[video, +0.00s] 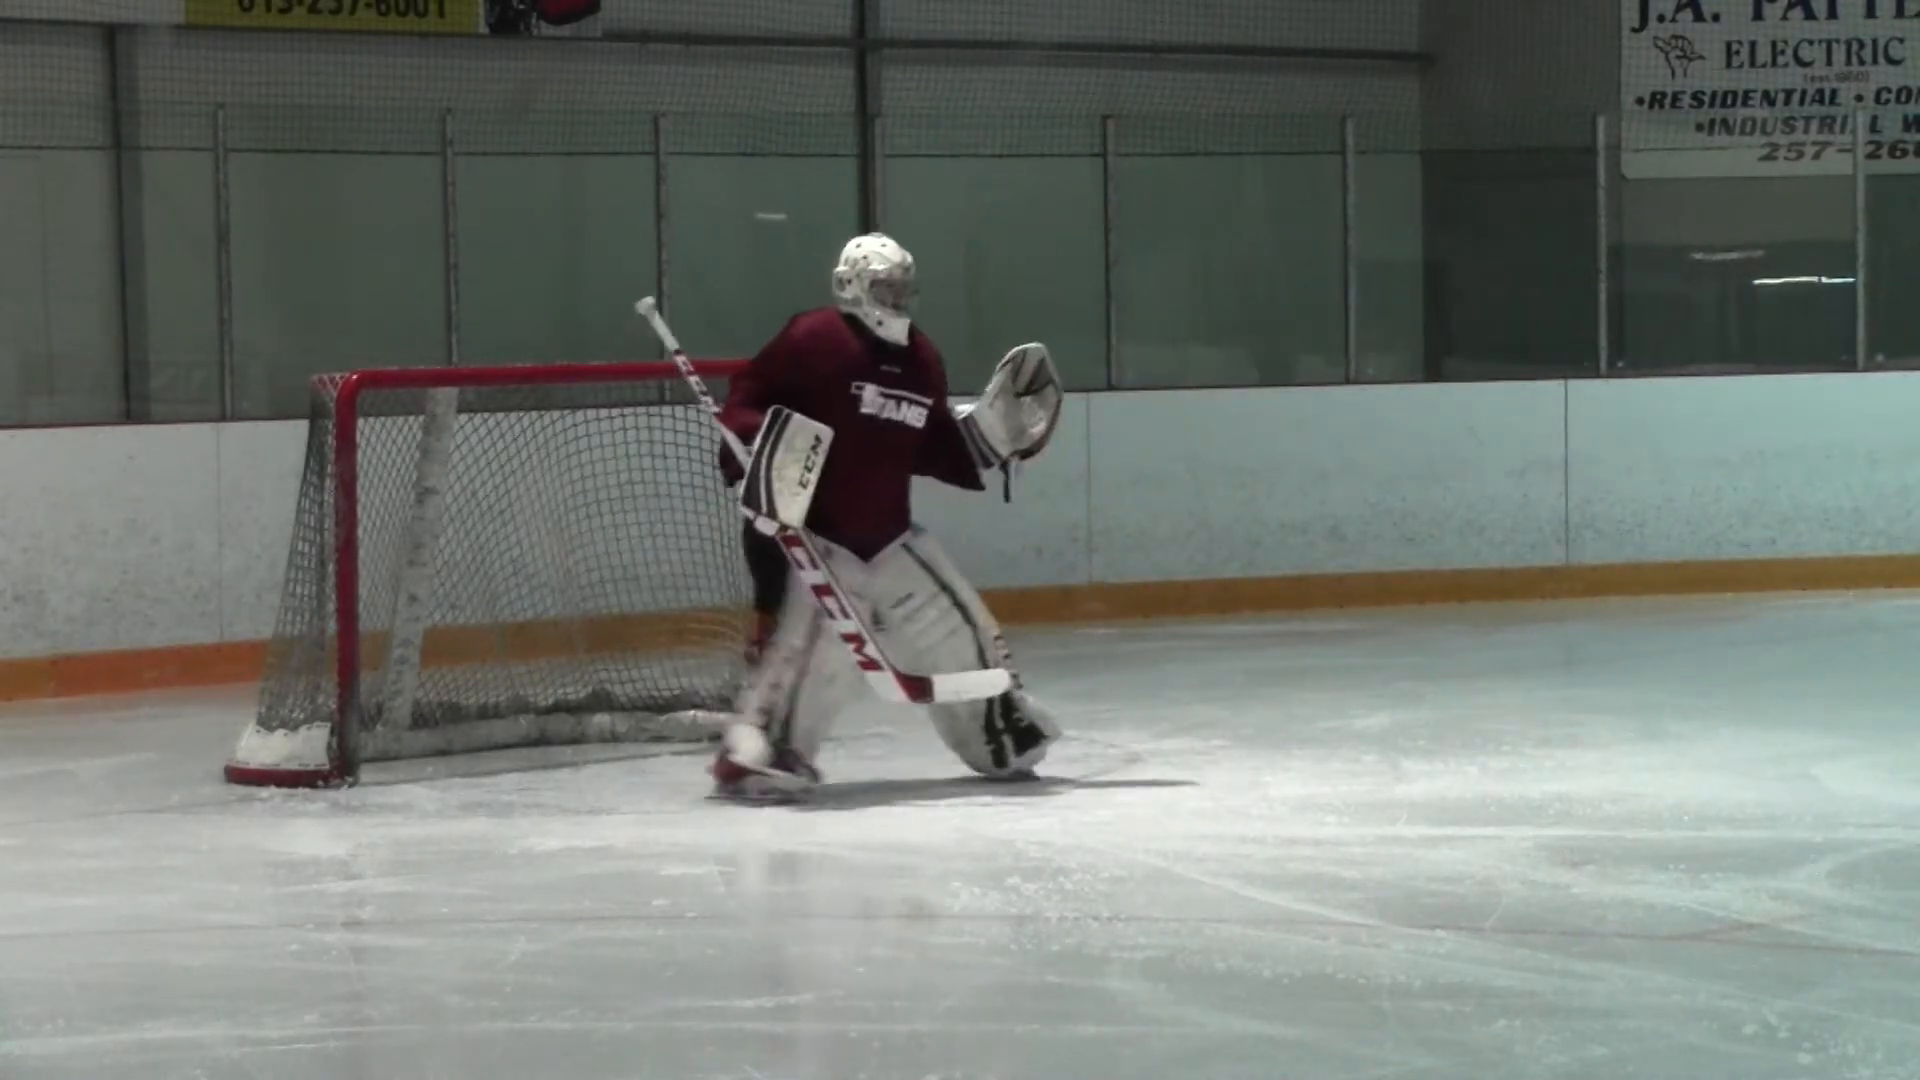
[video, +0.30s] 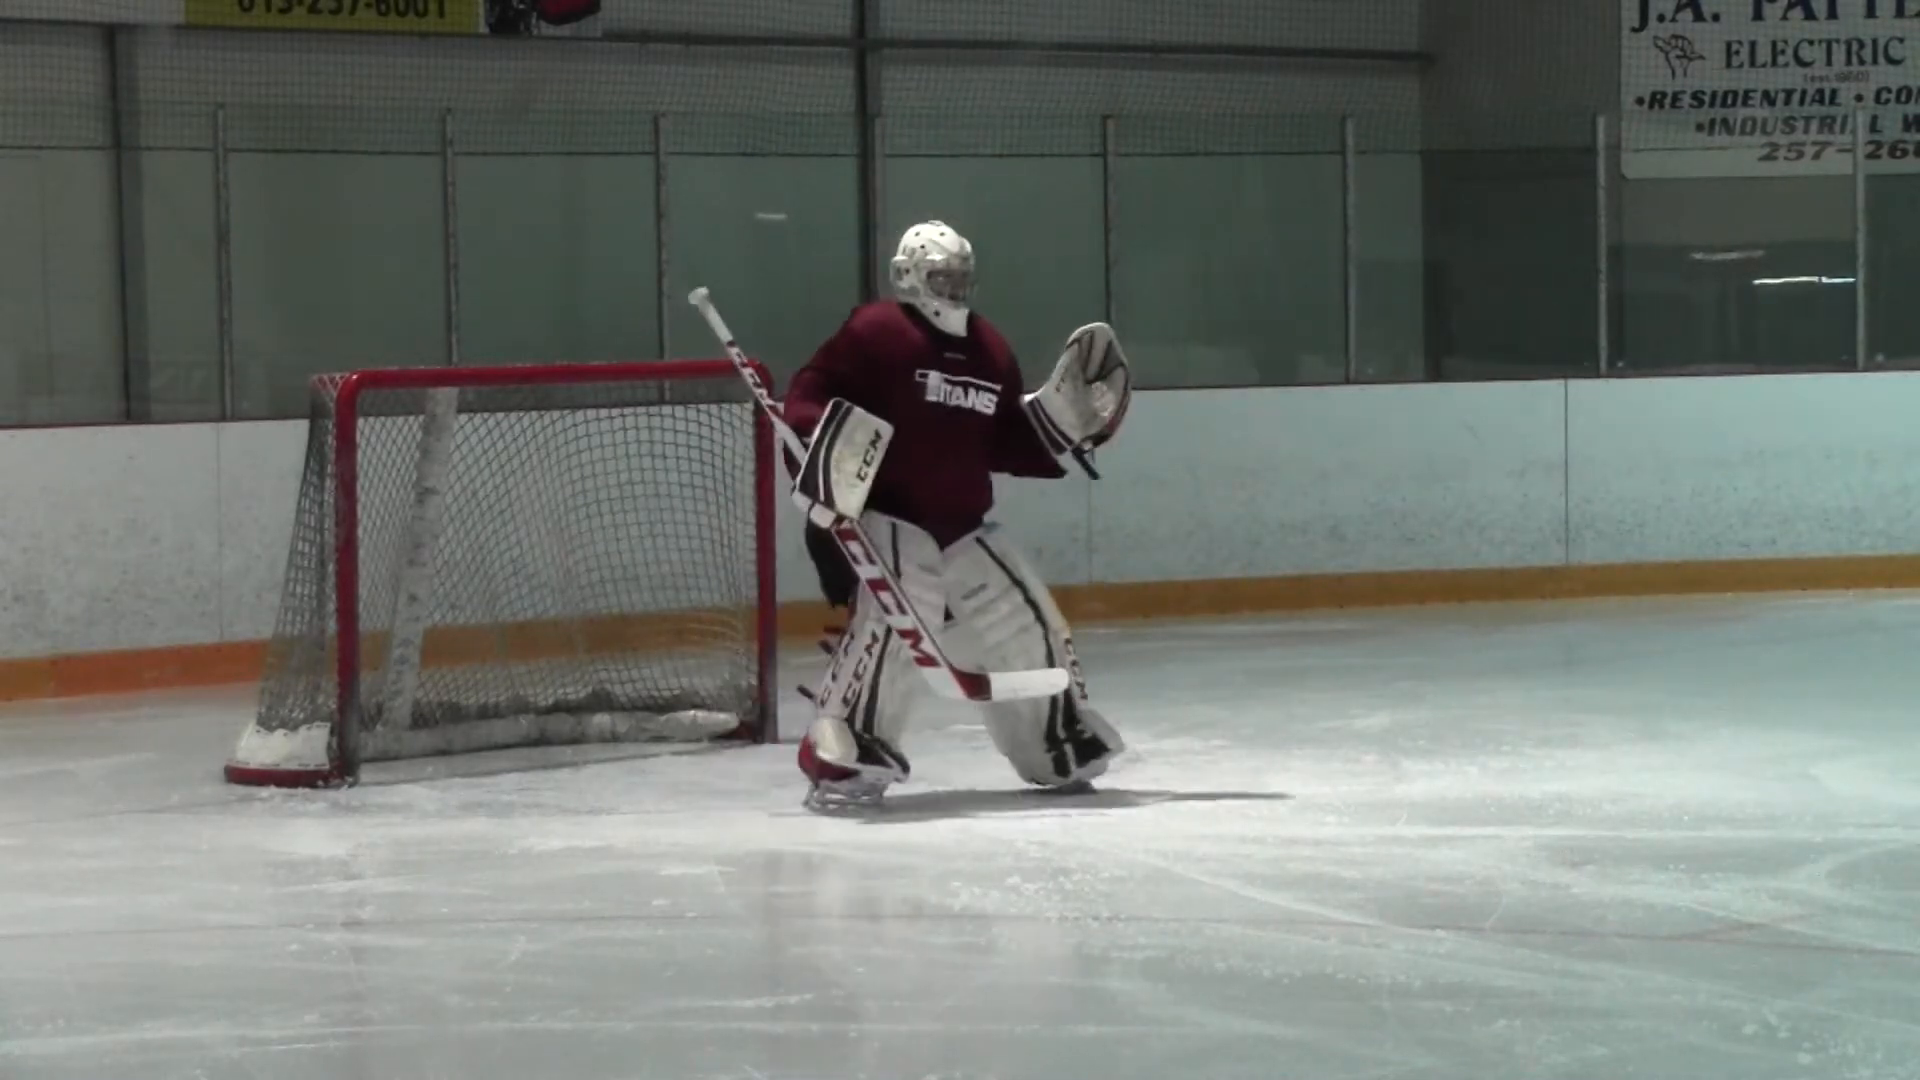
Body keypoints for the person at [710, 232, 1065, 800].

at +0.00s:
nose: (897, 301)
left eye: (903, 290)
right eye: (884, 289)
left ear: (910, 291)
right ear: (851, 289)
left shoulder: (920, 359)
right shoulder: (814, 339)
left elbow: (927, 447)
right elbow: (740, 407)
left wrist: (994, 433)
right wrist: (765, 455)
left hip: (888, 539)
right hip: (812, 537)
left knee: (955, 629)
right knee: (806, 656)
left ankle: (1000, 743)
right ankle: (760, 761)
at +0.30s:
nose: (954, 289)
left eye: (961, 277)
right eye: (941, 277)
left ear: (970, 278)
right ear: (908, 277)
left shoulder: (990, 350)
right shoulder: (877, 332)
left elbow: (1001, 444)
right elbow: (802, 400)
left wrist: (1064, 420)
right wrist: (832, 451)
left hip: (966, 529)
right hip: (887, 522)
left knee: (1026, 628)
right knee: (887, 636)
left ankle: (1056, 753)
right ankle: (844, 769)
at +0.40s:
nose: (950, 294)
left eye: (958, 282)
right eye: (936, 281)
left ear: (968, 283)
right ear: (904, 280)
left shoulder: (986, 353)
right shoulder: (875, 336)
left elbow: (1002, 451)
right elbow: (799, 406)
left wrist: (1061, 424)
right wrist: (828, 456)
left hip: (959, 536)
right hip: (876, 527)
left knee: (1028, 629)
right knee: (897, 629)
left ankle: (1068, 751)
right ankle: (822, 762)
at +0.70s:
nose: (930, 289)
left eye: (939, 276)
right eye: (917, 276)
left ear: (948, 276)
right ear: (882, 274)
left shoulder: (959, 351)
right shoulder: (849, 328)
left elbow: (970, 444)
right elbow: (772, 402)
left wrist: (1031, 420)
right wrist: (810, 449)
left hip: (909, 529)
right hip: (830, 523)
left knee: (981, 614)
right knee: (874, 625)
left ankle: (1006, 750)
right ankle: (819, 771)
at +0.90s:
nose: (929, 298)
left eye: (938, 286)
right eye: (916, 285)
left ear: (947, 286)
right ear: (882, 283)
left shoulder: (961, 356)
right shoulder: (847, 336)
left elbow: (967, 450)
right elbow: (771, 409)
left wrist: (1032, 428)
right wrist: (798, 466)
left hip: (912, 531)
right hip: (834, 522)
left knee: (964, 629)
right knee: (856, 638)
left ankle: (1001, 756)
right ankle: (779, 765)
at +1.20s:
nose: (931, 339)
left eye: (939, 327)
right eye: (918, 326)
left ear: (948, 327)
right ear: (884, 325)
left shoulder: (956, 393)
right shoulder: (844, 369)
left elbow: (955, 491)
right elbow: (763, 436)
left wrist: (1020, 475)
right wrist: (784, 501)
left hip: (914, 549)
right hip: (836, 547)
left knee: (973, 639)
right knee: (814, 664)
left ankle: (1002, 761)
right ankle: (738, 776)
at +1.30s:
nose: (933, 347)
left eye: (940, 335)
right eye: (921, 334)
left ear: (948, 335)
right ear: (885, 333)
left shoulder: (951, 397)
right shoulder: (843, 377)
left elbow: (955, 497)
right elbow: (760, 445)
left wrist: (1013, 489)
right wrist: (779, 521)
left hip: (918, 547)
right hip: (840, 550)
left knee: (981, 632)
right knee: (828, 662)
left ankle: (999, 758)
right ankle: (733, 772)